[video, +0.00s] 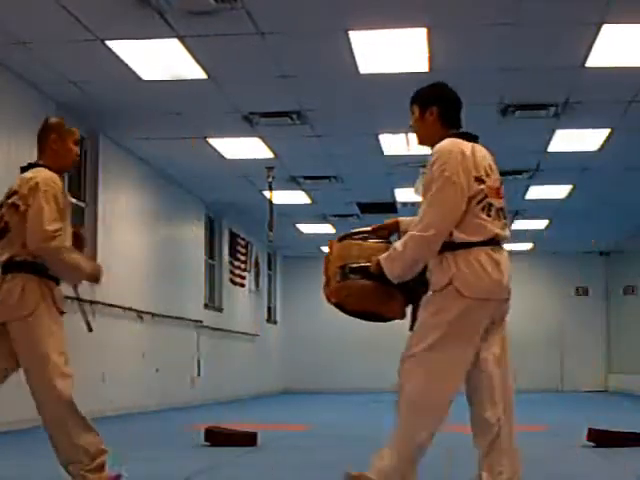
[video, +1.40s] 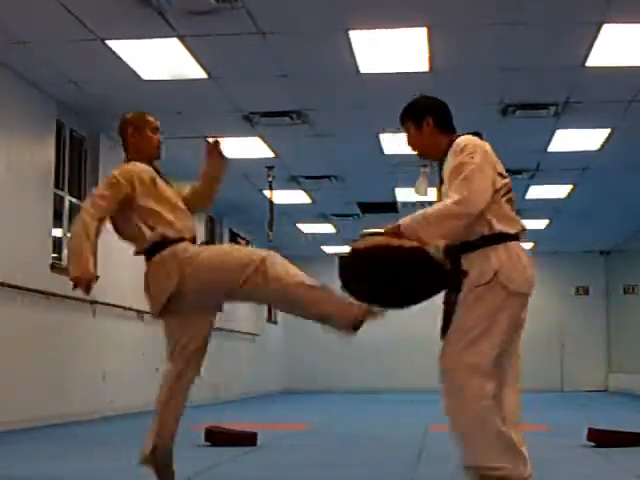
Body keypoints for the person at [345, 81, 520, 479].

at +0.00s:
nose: (412, 127)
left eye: (415, 117)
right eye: (412, 118)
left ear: (432, 115)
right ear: (448, 116)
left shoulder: (450, 153)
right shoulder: (480, 154)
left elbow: (434, 227)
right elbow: (457, 220)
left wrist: (386, 266)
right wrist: (404, 225)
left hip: (464, 276)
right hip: (492, 274)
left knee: (422, 369)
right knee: (488, 382)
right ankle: (500, 471)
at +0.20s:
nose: (373, 130)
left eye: (376, 121)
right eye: (374, 121)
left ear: (394, 120)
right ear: (407, 122)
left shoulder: (403, 161)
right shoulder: (442, 159)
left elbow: (381, 235)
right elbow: (412, 224)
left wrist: (337, 272)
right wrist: (360, 231)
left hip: (417, 282)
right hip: (453, 277)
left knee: (375, 384)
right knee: (463, 392)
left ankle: (353, 470)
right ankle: (492, 471)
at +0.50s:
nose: (309, 135)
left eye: (310, 126)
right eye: (308, 127)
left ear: (328, 122)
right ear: (346, 122)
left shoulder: (342, 161)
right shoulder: (387, 154)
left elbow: (333, 237)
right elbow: (372, 216)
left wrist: (297, 280)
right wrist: (316, 233)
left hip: (383, 272)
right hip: (423, 264)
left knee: (359, 377)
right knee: (442, 375)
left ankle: (350, 470)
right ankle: (479, 469)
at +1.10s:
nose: (351, 146)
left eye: (352, 136)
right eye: (349, 137)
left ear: (372, 129)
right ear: (381, 130)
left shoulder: (392, 168)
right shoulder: (425, 166)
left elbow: (375, 237)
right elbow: (399, 231)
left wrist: (324, 242)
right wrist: (345, 232)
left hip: (406, 283)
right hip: (439, 277)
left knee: (357, 375)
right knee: (450, 386)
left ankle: (347, 469)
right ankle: (506, 468)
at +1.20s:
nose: (375, 141)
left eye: (376, 131)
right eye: (373, 133)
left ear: (396, 125)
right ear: (406, 126)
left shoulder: (426, 159)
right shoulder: (438, 159)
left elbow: (409, 223)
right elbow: (417, 232)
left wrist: (364, 215)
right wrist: (366, 233)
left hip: (437, 280)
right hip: (462, 278)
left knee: (392, 382)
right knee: (470, 391)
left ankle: (352, 471)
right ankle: (509, 472)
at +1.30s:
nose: (395, 142)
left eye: (396, 132)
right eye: (393, 135)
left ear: (416, 125)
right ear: (421, 127)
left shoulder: (451, 153)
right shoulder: (442, 163)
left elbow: (442, 214)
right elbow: (439, 239)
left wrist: (392, 217)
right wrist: (393, 257)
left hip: (470, 271)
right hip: (483, 270)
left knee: (426, 369)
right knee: (481, 385)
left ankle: (403, 467)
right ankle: (508, 471)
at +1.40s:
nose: (410, 144)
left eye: (410, 134)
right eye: (406, 136)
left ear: (428, 125)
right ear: (434, 125)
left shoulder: (469, 149)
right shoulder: (460, 160)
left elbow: (466, 205)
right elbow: (463, 226)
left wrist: (405, 227)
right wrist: (413, 242)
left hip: (495, 266)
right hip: (500, 265)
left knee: (462, 363)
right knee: (499, 368)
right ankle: (509, 464)